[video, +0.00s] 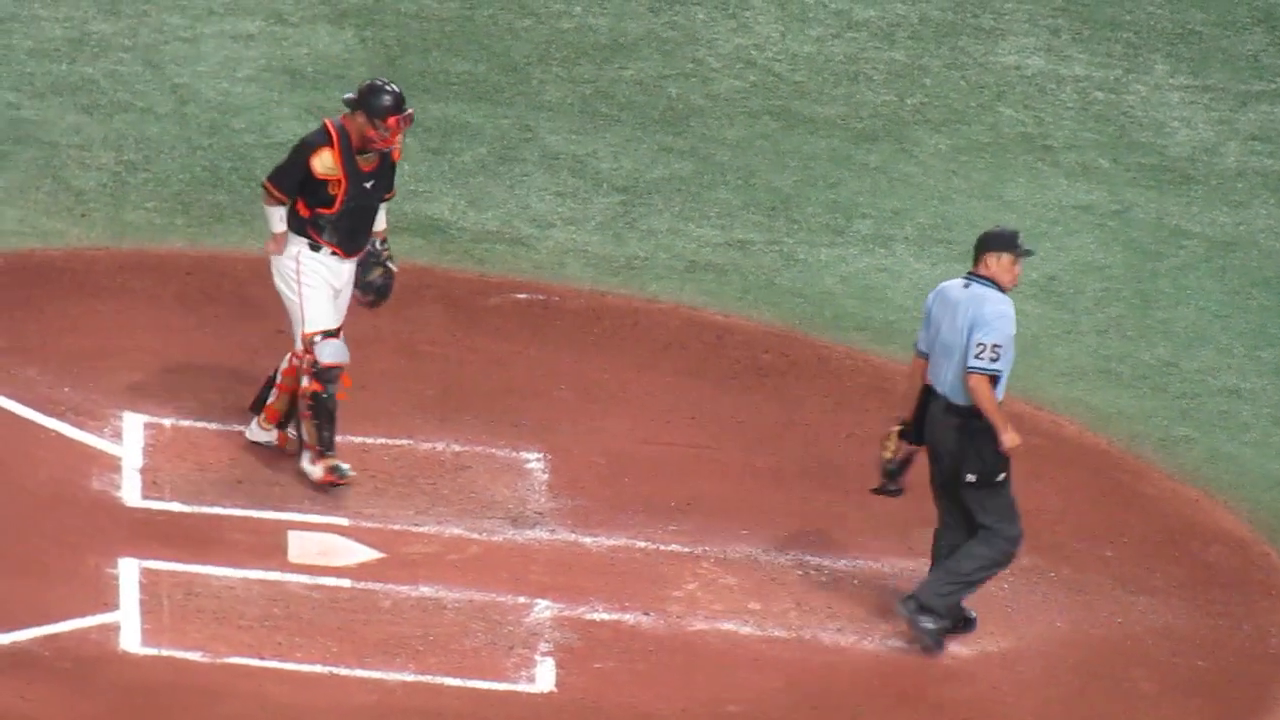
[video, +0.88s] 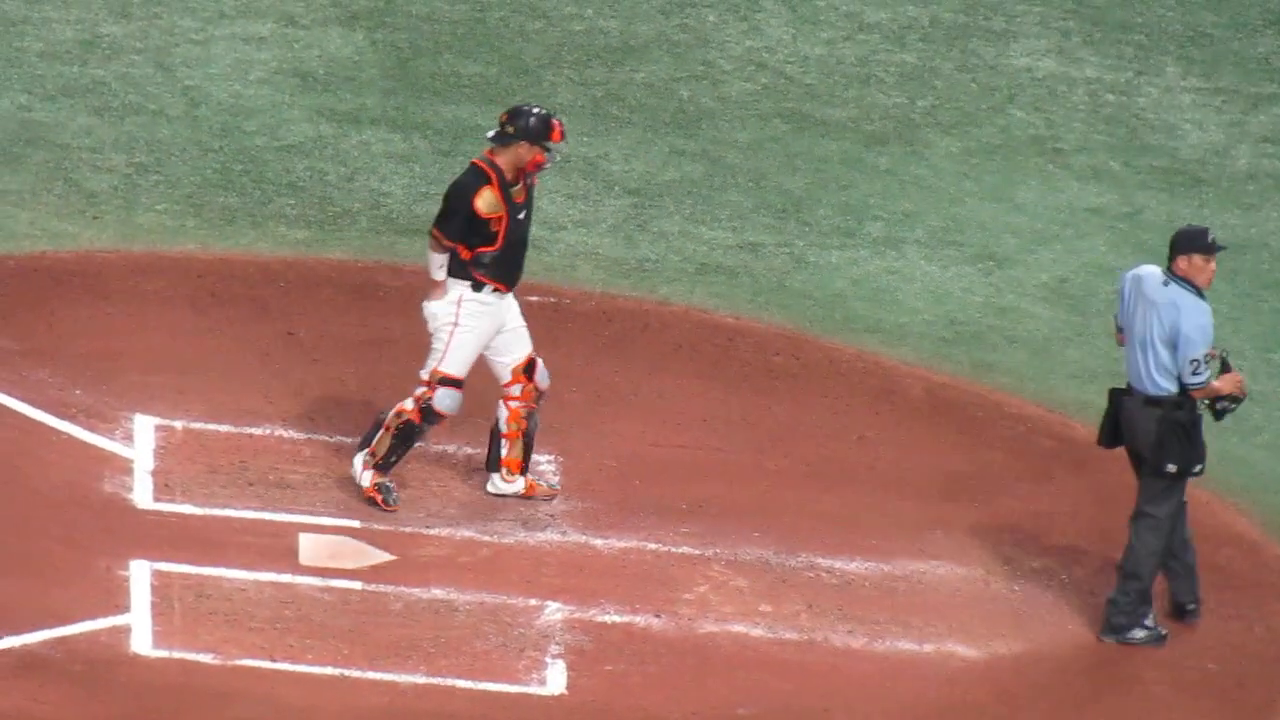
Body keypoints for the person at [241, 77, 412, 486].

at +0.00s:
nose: (392, 131)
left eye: (395, 123)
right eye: (385, 124)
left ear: (392, 121)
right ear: (362, 118)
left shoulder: (386, 149)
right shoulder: (320, 145)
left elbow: (380, 202)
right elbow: (274, 192)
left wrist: (378, 250)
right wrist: (279, 236)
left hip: (346, 263)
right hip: (305, 257)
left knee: (313, 350)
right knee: (326, 354)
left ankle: (266, 422)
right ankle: (317, 455)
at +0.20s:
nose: (420, 151)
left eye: (422, 143)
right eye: (414, 143)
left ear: (412, 140)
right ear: (392, 138)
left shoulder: (407, 162)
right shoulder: (351, 167)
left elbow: (402, 215)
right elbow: (311, 218)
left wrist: (412, 260)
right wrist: (314, 262)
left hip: (378, 280)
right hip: (342, 277)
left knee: (343, 366)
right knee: (366, 374)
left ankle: (282, 421)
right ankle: (351, 472)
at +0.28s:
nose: (430, 151)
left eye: (432, 143)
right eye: (425, 144)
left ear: (417, 139)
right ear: (403, 138)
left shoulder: (415, 162)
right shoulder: (365, 168)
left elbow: (408, 221)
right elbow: (322, 217)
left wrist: (425, 265)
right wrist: (327, 263)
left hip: (392, 280)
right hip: (359, 279)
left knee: (388, 365)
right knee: (375, 377)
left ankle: (305, 406)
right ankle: (351, 470)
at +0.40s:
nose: (446, 156)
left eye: (448, 149)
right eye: (442, 149)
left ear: (431, 143)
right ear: (420, 142)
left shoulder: (431, 166)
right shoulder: (383, 176)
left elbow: (420, 221)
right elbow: (337, 219)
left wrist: (437, 260)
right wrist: (346, 264)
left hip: (412, 282)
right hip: (377, 283)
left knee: (424, 363)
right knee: (378, 379)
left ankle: (341, 410)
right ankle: (354, 472)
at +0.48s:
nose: (460, 160)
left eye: (462, 153)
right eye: (457, 152)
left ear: (443, 145)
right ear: (436, 143)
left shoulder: (443, 171)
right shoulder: (395, 178)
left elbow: (431, 227)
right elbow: (352, 222)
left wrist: (447, 266)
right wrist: (362, 264)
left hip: (424, 286)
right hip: (388, 287)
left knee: (444, 363)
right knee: (387, 384)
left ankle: (387, 440)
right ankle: (354, 472)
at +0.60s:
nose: (484, 158)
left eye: (486, 151)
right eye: (480, 150)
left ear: (463, 143)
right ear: (459, 142)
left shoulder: (463, 171)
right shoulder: (415, 179)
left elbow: (448, 228)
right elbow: (373, 228)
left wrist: (459, 272)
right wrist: (379, 268)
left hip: (441, 289)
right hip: (406, 288)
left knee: (466, 365)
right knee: (394, 381)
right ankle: (357, 470)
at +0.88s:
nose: (544, 157)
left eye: (545, 150)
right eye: (541, 149)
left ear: (522, 144)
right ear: (520, 143)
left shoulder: (519, 175)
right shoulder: (473, 184)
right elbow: (439, 241)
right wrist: (437, 285)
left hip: (499, 299)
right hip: (465, 299)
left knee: (526, 383)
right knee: (438, 396)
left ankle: (508, 476)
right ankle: (369, 465)